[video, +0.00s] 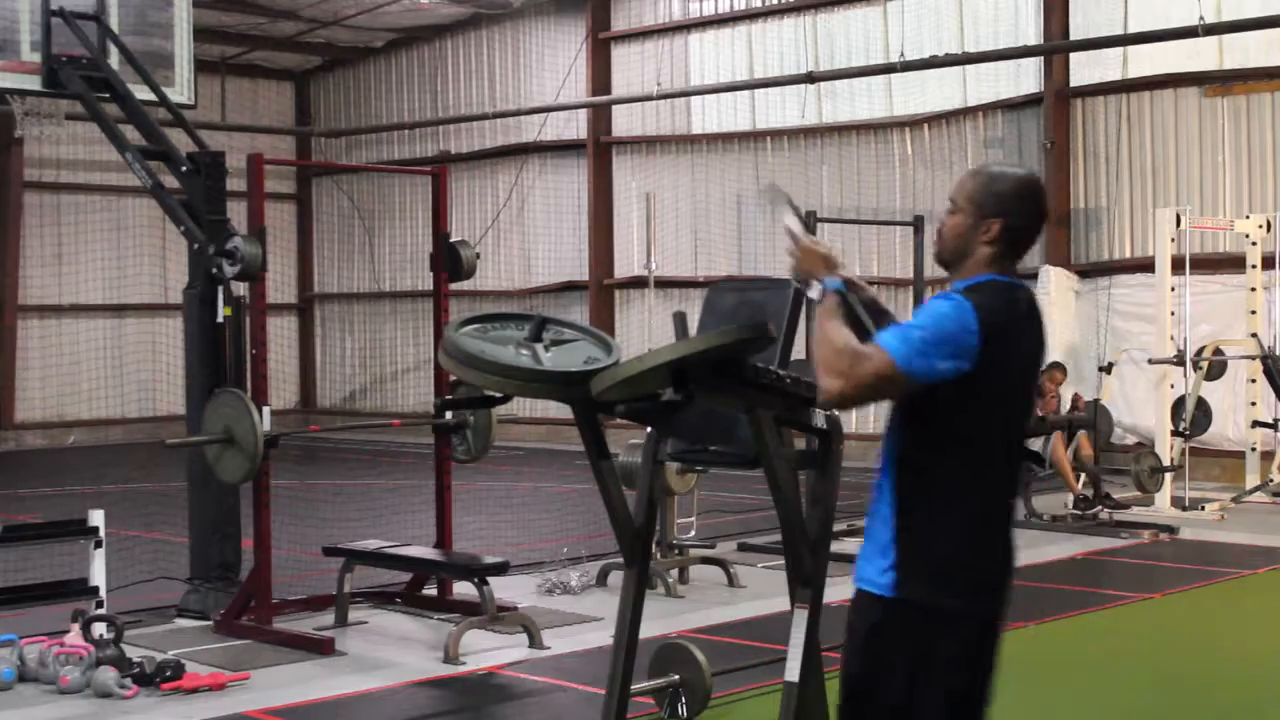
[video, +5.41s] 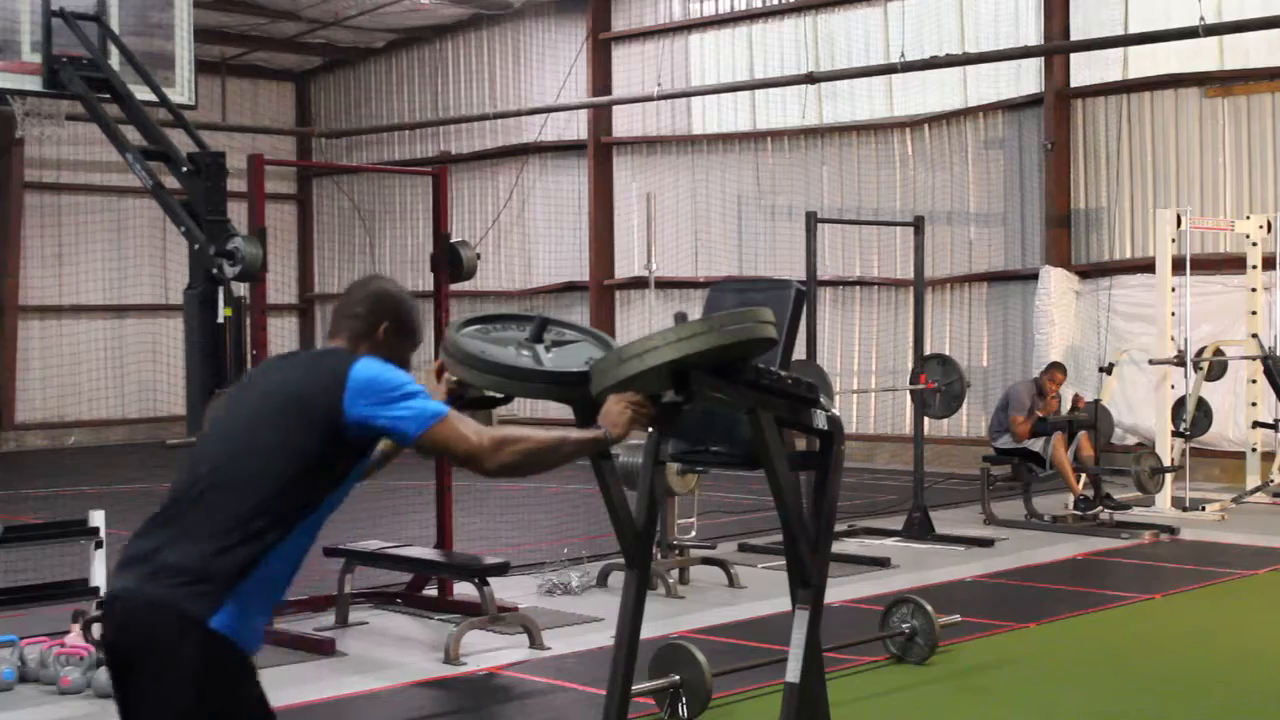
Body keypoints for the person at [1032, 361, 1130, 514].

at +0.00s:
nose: (1054, 388)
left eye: (1058, 385)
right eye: (1052, 383)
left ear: (1060, 383)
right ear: (1043, 377)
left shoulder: (1055, 395)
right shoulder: (1033, 394)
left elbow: (1059, 422)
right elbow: (1031, 424)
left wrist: (1073, 410)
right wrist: (1045, 411)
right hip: (1030, 439)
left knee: (1081, 434)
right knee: (1055, 437)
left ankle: (1099, 493)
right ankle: (1078, 496)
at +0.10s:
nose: (1054, 390)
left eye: (1058, 386)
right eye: (1051, 384)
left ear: (1061, 385)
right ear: (1042, 376)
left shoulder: (1054, 395)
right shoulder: (1022, 390)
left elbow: (1053, 425)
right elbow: (1018, 433)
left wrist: (1073, 412)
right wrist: (1040, 411)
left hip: (1039, 438)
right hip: (1013, 441)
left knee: (1081, 435)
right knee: (1055, 438)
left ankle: (1099, 494)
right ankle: (1078, 496)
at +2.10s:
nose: (1053, 388)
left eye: (1058, 385)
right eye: (1051, 382)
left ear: (1061, 385)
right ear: (1042, 374)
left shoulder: (1052, 396)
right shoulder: (1021, 391)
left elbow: (1054, 427)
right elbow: (1019, 435)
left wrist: (1073, 412)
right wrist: (1040, 413)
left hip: (1029, 438)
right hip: (1004, 439)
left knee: (1080, 435)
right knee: (1055, 439)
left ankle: (1099, 494)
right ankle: (1079, 498)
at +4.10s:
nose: (1054, 389)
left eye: (1058, 385)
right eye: (1051, 382)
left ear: (1061, 384)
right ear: (1041, 375)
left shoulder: (1051, 396)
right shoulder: (1020, 391)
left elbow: (1053, 427)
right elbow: (1018, 435)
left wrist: (1073, 412)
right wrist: (1040, 412)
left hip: (1029, 438)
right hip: (1004, 439)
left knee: (1080, 435)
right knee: (1055, 439)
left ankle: (1099, 494)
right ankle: (1079, 498)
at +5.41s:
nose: (1054, 388)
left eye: (1059, 385)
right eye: (1051, 381)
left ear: (1061, 385)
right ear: (1041, 375)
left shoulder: (1051, 396)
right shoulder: (1021, 391)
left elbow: (1054, 428)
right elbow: (1019, 435)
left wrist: (1073, 412)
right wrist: (1041, 412)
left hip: (1029, 439)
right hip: (1005, 441)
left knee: (1081, 436)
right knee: (1055, 439)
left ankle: (1100, 494)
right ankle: (1079, 499)